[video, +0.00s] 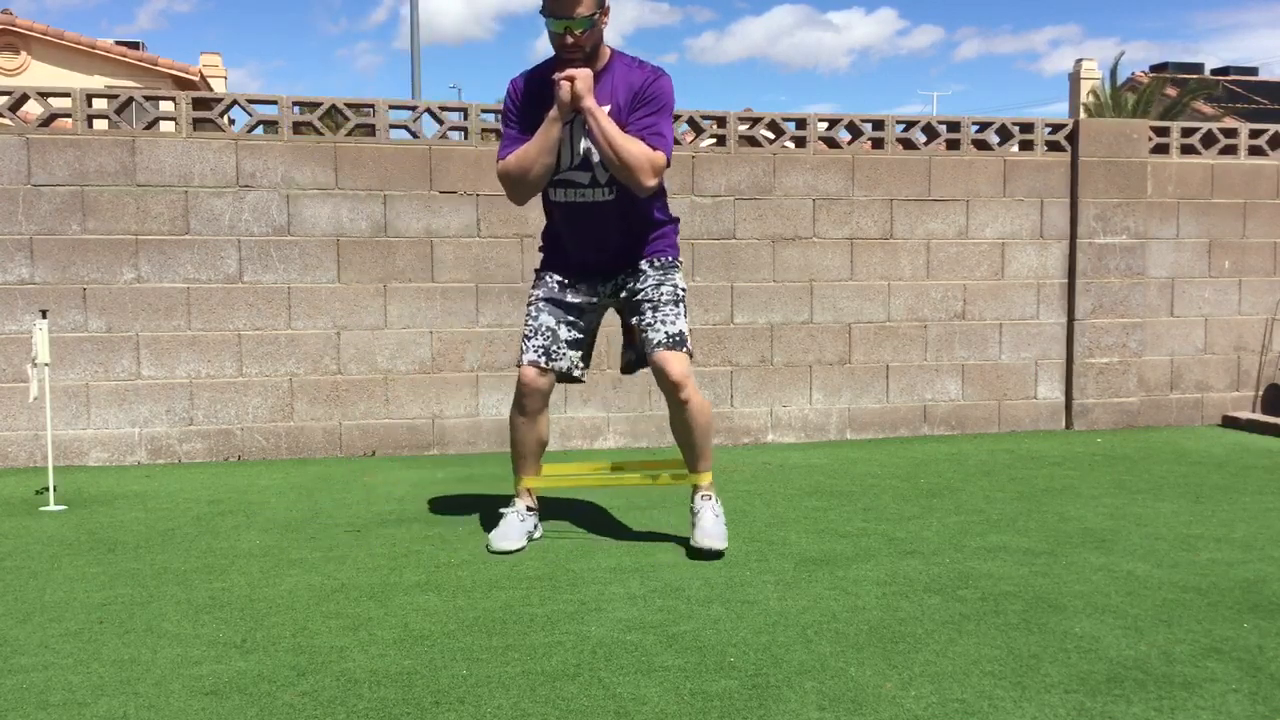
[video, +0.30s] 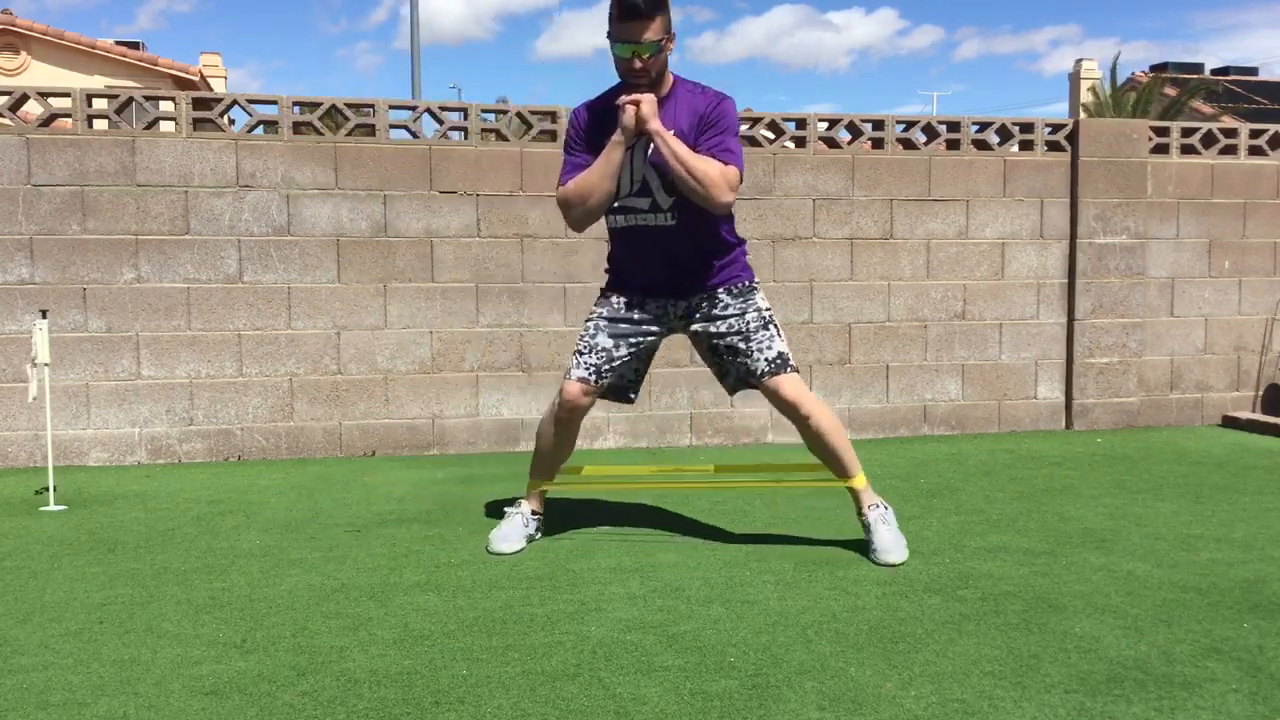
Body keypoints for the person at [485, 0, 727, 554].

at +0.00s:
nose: (567, 35)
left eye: (580, 23)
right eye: (556, 24)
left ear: (604, 18)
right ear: (545, 21)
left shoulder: (647, 82)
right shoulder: (526, 88)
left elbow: (646, 176)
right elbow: (517, 188)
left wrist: (589, 106)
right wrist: (561, 111)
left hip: (644, 254)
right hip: (568, 257)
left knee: (673, 372)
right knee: (530, 381)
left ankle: (705, 497)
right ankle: (524, 505)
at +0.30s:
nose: (636, 61)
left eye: (648, 49)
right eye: (624, 48)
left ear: (669, 43)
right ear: (610, 44)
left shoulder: (711, 107)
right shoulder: (590, 118)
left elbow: (722, 195)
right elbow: (575, 213)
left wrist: (655, 132)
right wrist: (623, 138)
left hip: (718, 283)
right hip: (633, 289)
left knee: (785, 391)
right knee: (571, 397)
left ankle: (870, 504)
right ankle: (530, 508)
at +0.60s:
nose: (770, 47)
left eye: (783, 35)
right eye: (758, 35)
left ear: (805, 26)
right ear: (744, 28)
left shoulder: (846, 91)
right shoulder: (723, 101)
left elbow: (856, 176)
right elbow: (714, 201)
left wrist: (791, 114)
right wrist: (759, 124)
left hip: (823, 271)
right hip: (740, 265)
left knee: (854, 399)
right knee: (664, 371)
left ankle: (884, 513)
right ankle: (607, 486)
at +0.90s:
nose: (808, 31)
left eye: (821, 19)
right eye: (796, 18)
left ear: (841, 15)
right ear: (780, 14)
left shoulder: (874, 81)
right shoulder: (749, 83)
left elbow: (874, 172)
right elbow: (737, 181)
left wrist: (820, 100)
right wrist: (787, 106)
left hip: (847, 258)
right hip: (768, 255)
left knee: (866, 385)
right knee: (729, 375)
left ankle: (886, 512)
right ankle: (714, 502)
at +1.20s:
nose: (814, 30)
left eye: (828, 19)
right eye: (801, 17)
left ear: (847, 18)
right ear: (785, 17)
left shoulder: (881, 82)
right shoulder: (757, 88)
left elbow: (883, 177)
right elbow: (742, 186)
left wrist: (828, 102)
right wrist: (795, 109)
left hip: (869, 262)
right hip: (788, 265)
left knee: (918, 375)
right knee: (747, 383)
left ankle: (969, 495)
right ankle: (718, 504)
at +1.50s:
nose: (922, 56)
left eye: (935, 43)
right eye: (907, 43)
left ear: (950, 43)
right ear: (887, 44)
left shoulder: (986, 108)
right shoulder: (857, 123)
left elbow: (1010, 190)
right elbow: (853, 215)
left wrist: (942, 125)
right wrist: (905, 132)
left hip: (970, 291)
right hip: (881, 295)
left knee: (1039, 405)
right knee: (812, 401)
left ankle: (1075, 519)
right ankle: (728, 505)